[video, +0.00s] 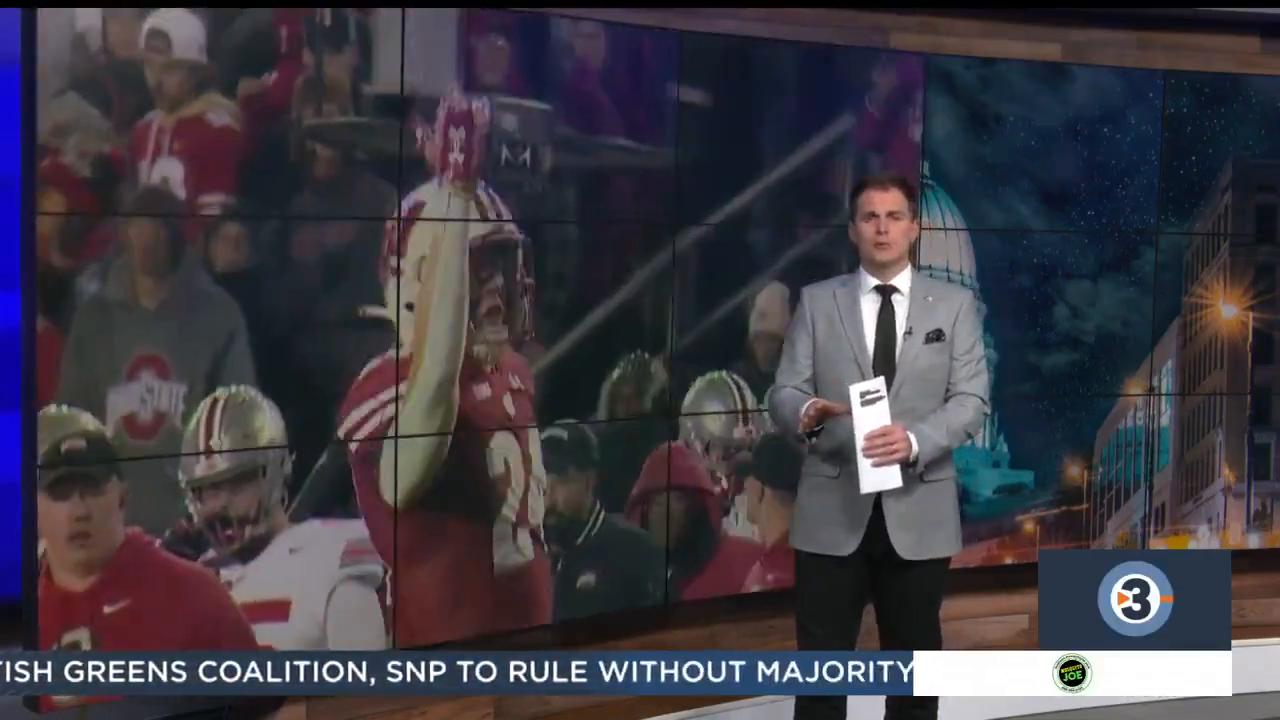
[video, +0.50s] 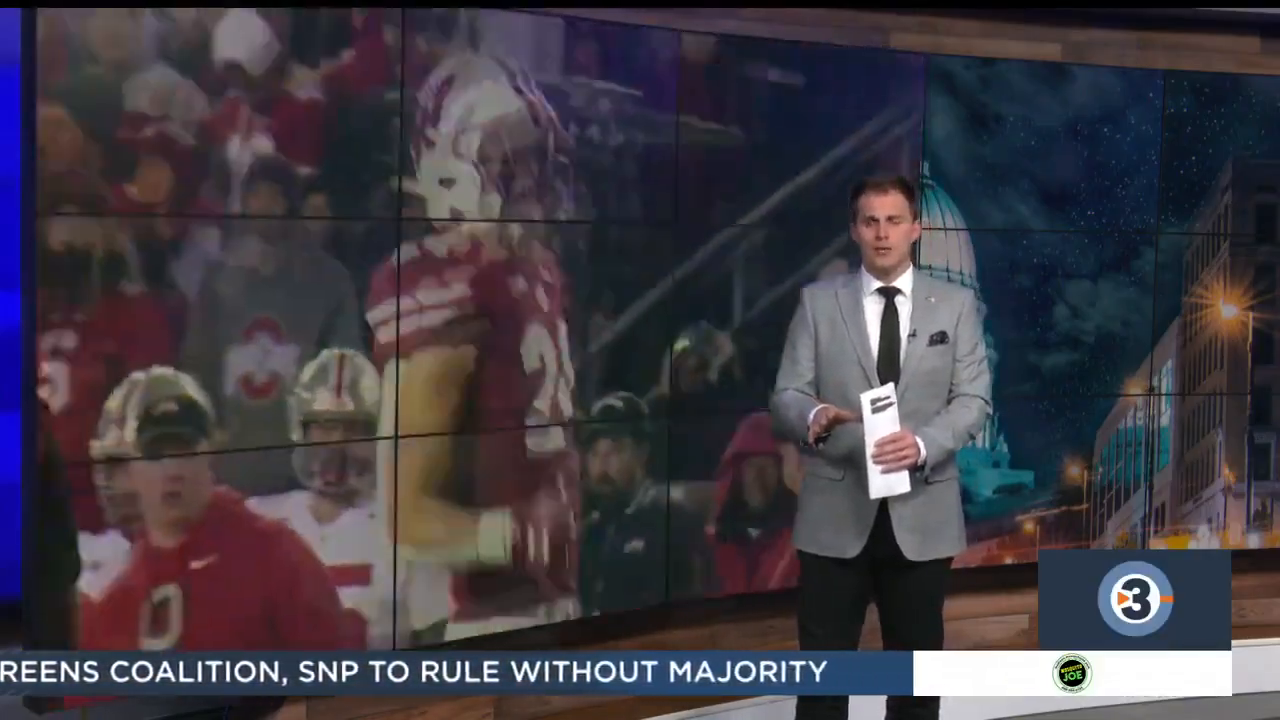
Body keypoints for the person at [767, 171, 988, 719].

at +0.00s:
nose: (881, 228)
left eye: (894, 217)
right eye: (870, 218)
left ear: (915, 228)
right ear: (853, 230)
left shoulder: (955, 304)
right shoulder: (816, 301)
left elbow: (970, 402)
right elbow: (784, 393)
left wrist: (917, 439)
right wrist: (805, 412)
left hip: (917, 511)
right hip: (831, 510)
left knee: (915, 669)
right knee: (820, 668)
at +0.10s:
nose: (880, 229)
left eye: (893, 218)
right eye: (869, 218)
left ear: (914, 228)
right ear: (853, 230)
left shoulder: (954, 304)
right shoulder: (815, 302)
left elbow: (970, 402)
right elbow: (785, 393)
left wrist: (918, 439)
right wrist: (805, 414)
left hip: (917, 511)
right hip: (831, 511)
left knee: (915, 668)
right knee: (820, 668)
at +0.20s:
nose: (880, 230)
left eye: (893, 218)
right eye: (868, 219)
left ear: (915, 228)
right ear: (853, 230)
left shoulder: (955, 304)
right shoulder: (816, 302)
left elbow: (970, 402)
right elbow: (785, 393)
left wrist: (919, 440)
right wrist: (809, 415)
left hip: (917, 512)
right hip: (831, 511)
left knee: (916, 669)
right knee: (819, 668)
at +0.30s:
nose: (880, 232)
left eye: (892, 220)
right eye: (868, 221)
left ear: (915, 229)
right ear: (853, 231)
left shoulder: (955, 305)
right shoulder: (816, 302)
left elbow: (971, 402)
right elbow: (787, 393)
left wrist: (920, 441)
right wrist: (811, 416)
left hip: (918, 513)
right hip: (832, 512)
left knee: (916, 671)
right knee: (820, 670)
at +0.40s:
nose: (880, 233)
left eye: (893, 221)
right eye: (869, 222)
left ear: (915, 228)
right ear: (854, 230)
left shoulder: (956, 304)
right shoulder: (817, 302)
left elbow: (971, 401)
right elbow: (786, 393)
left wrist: (923, 442)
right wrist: (813, 416)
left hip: (919, 512)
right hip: (833, 511)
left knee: (917, 668)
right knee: (821, 668)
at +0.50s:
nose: (881, 233)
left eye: (894, 221)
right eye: (870, 222)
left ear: (916, 229)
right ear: (855, 230)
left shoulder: (957, 304)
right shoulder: (818, 301)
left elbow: (973, 402)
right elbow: (787, 395)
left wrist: (924, 443)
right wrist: (815, 418)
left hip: (921, 513)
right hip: (835, 512)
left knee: (918, 671)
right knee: (822, 670)